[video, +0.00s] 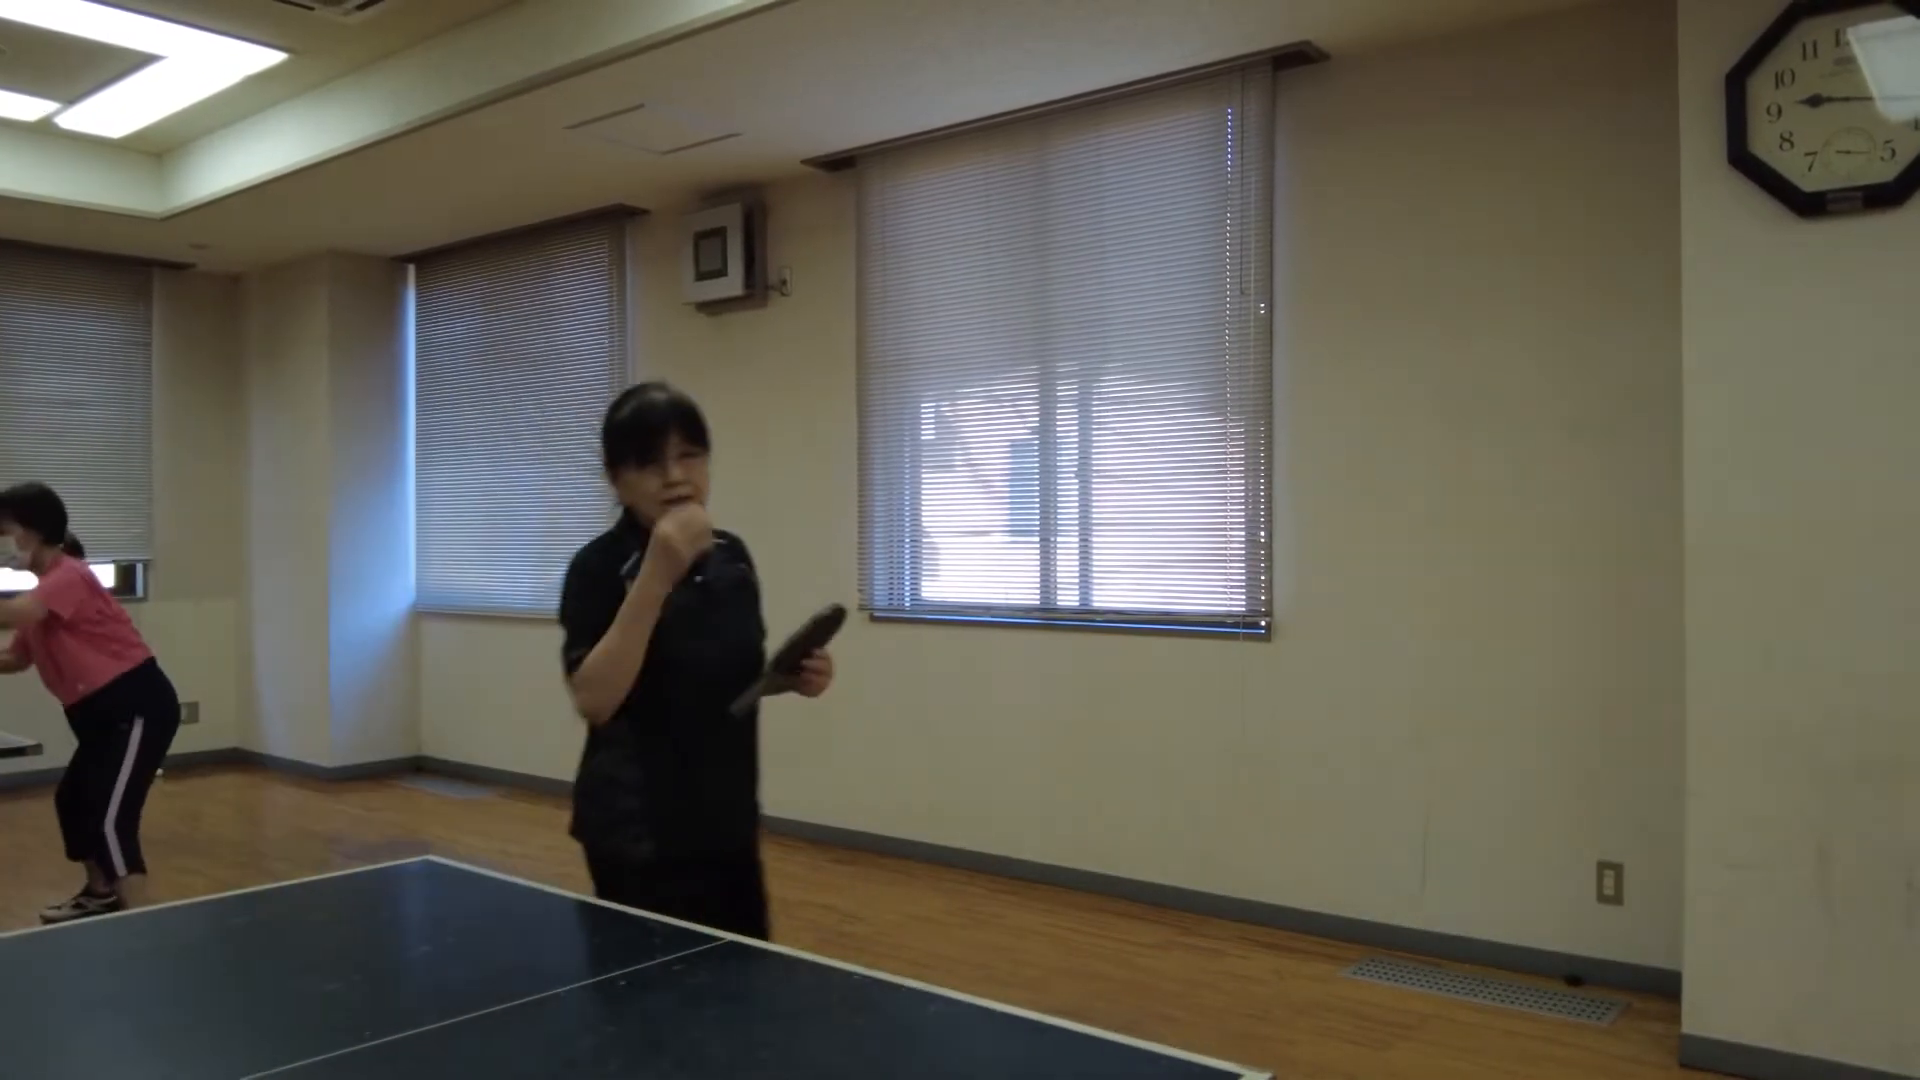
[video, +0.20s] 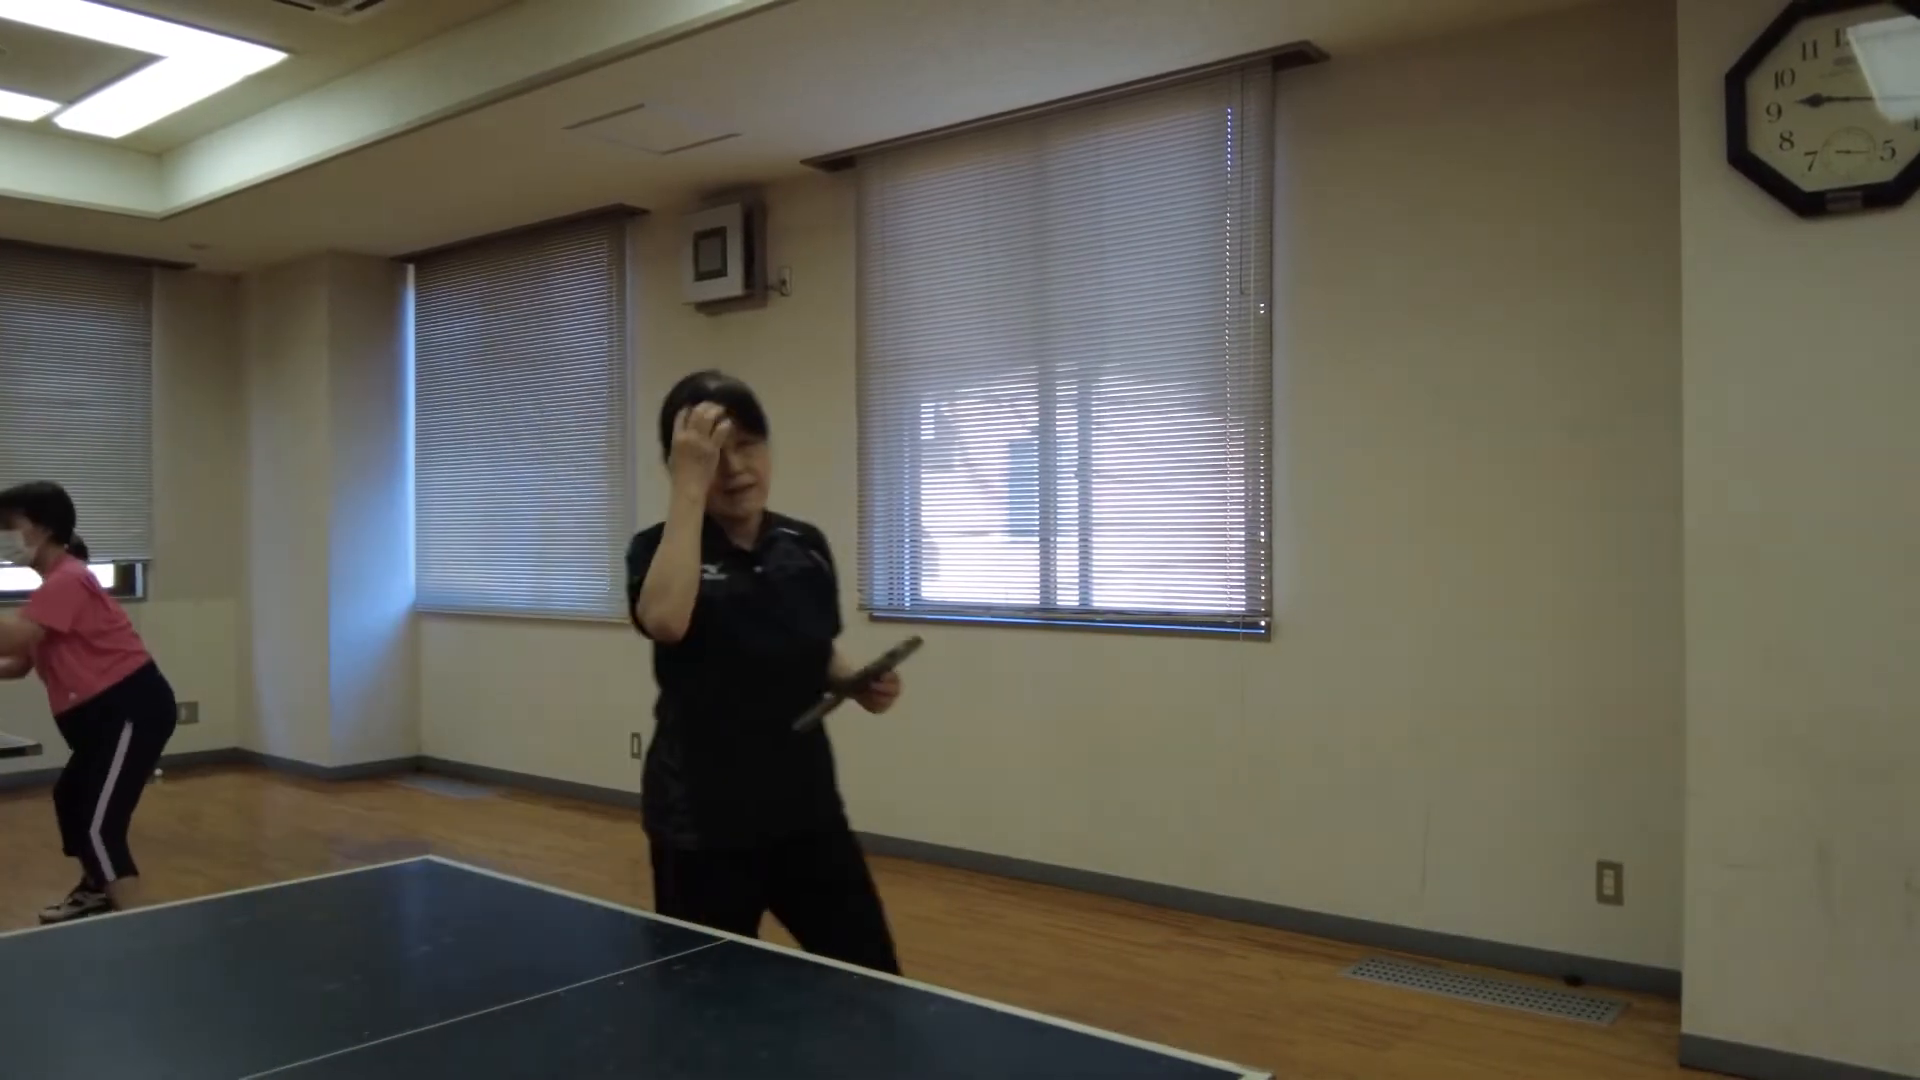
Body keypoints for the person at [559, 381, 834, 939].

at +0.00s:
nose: (674, 477)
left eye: (688, 456)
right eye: (649, 463)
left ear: (708, 463)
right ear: (615, 478)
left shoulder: (728, 556)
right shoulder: (598, 566)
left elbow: (741, 676)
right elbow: (593, 699)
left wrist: (793, 673)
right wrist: (657, 575)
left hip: (722, 811)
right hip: (633, 820)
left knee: (742, 979)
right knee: (647, 987)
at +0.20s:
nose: (735, 466)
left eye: (747, 445)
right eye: (714, 455)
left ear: (769, 451)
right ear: (682, 472)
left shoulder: (803, 546)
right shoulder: (660, 551)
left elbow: (817, 649)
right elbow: (665, 621)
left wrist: (859, 680)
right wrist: (689, 485)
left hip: (798, 803)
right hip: (700, 814)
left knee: (873, 986)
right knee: (704, 998)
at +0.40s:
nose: (806, 474)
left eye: (821, 452)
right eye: (783, 462)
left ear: (852, 457)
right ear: (762, 482)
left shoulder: (902, 562)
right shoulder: (744, 567)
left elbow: (934, 668)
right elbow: (687, 653)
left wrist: (939, 716)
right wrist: (714, 522)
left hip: (885, 821)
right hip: (773, 823)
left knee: (935, 1001)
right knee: (765, 999)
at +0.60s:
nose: (879, 466)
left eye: (899, 447)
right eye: (860, 452)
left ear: (936, 455)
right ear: (841, 466)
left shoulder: (985, 559)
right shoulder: (818, 564)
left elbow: (1039, 680)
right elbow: (769, 695)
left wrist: (980, 711)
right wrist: (763, 633)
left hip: (955, 811)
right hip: (842, 809)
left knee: (978, 1002)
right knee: (809, 991)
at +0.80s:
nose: (885, 466)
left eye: (907, 448)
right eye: (870, 449)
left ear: (950, 456)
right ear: (853, 459)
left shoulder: (996, 562)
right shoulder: (839, 561)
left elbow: (1042, 698)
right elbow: (794, 668)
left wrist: (939, 703)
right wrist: (795, 690)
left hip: (976, 826)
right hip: (867, 822)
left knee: (996, 1021)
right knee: (844, 1004)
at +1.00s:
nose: (859, 498)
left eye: (881, 479)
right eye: (844, 481)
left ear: (930, 485)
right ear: (829, 490)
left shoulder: (980, 583)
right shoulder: (838, 592)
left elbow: (1033, 725)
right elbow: (827, 708)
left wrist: (912, 731)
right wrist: (809, 732)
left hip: (996, 841)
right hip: (893, 836)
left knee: (1031, 1036)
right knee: (840, 1012)